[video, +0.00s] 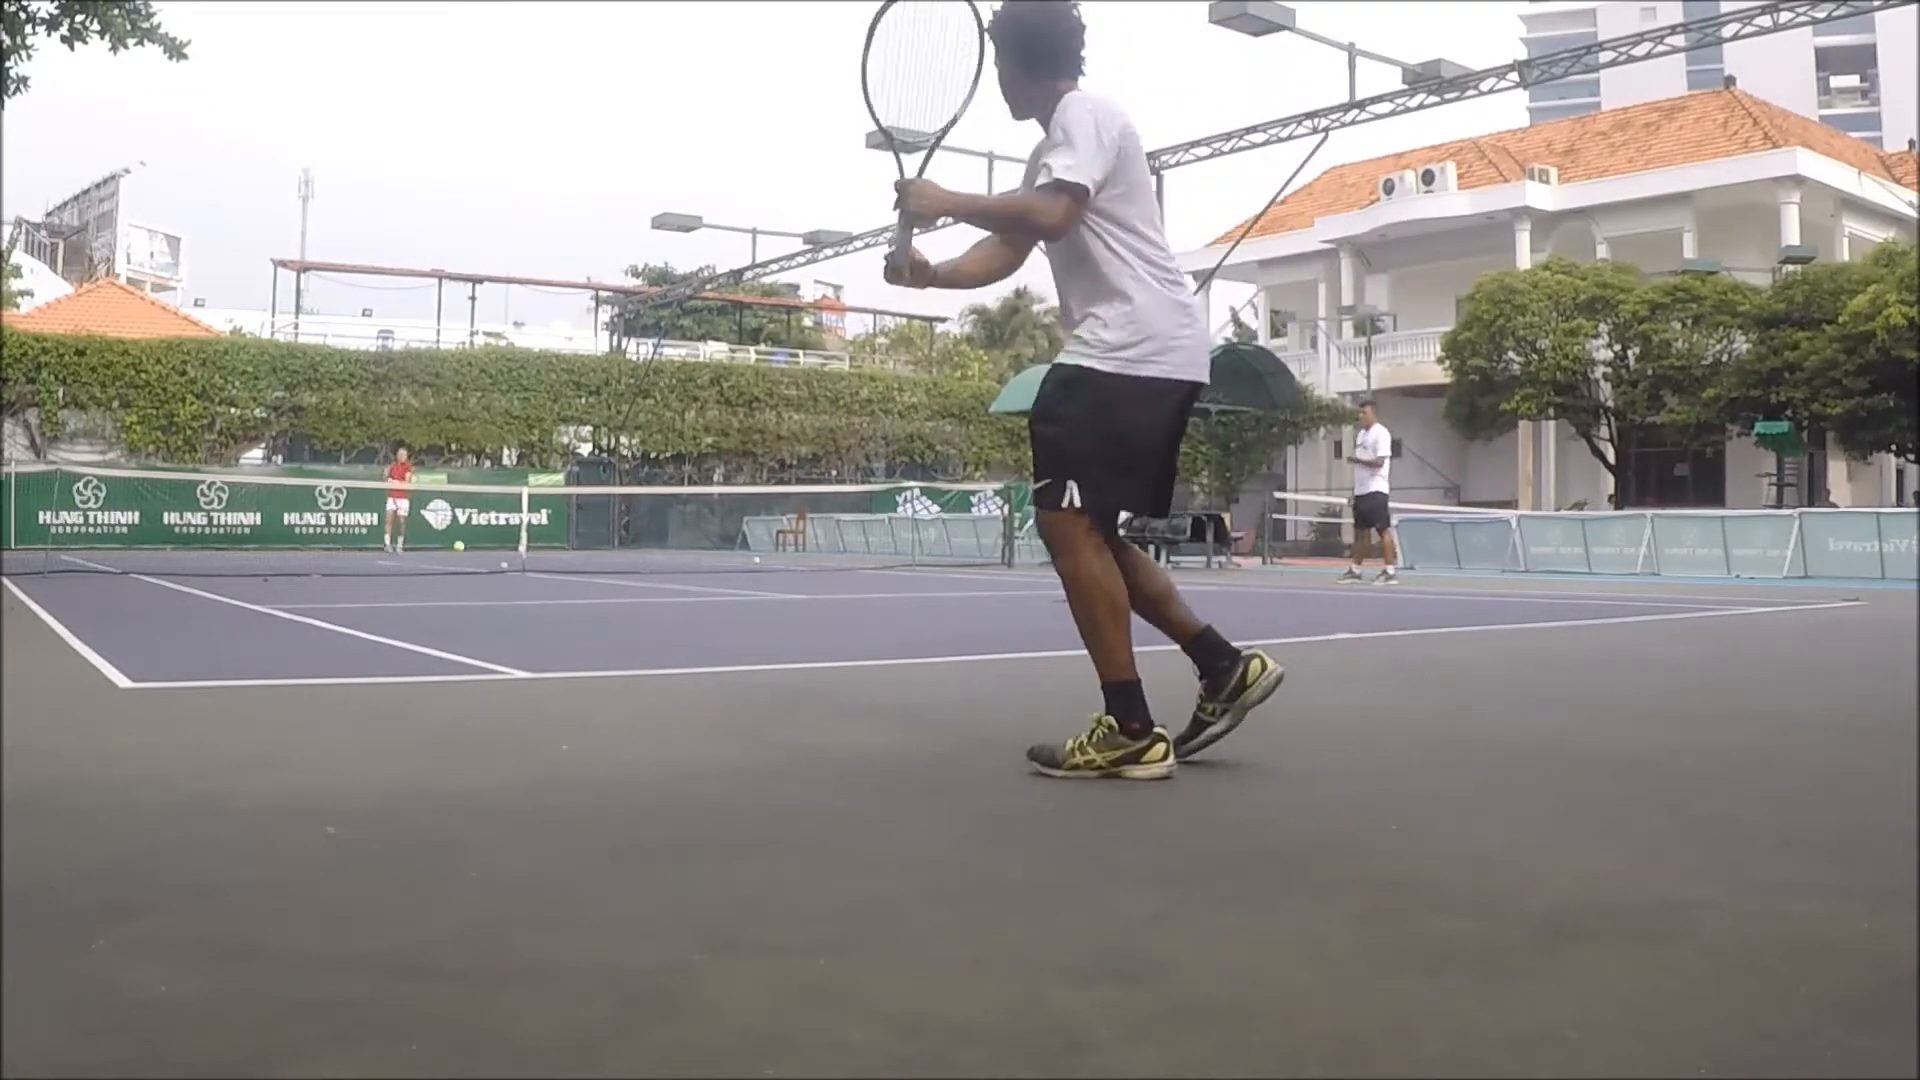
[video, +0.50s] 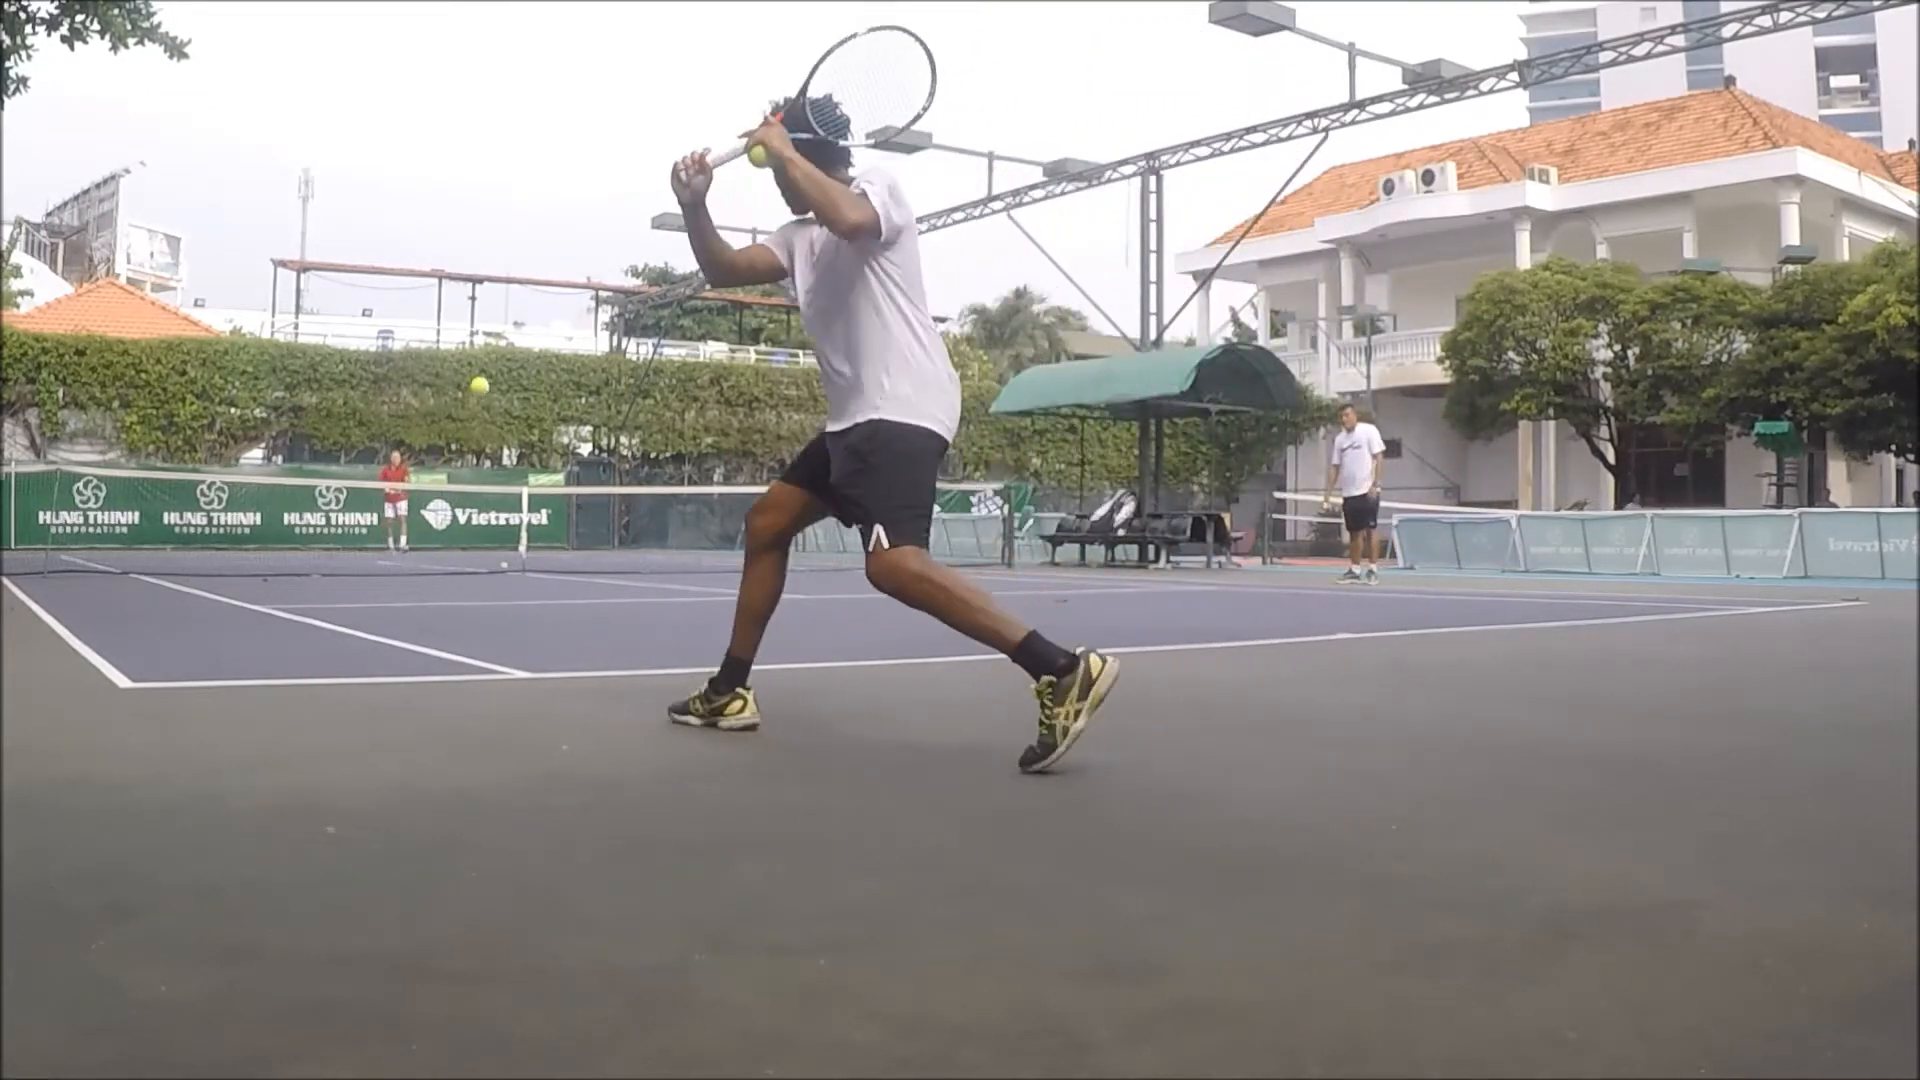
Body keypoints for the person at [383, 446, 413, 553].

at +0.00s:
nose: (402, 457)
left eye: (404, 455)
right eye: (400, 454)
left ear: (407, 456)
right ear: (396, 456)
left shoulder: (408, 468)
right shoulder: (392, 467)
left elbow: (407, 482)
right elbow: (386, 479)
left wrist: (395, 482)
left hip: (403, 496)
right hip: (392, 496)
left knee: (401, 520)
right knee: (388, 519)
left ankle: (400, 544)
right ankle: (387, 543)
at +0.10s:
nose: (399, 458)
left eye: (402, 456)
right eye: (398, 456)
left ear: (406, 457)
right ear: (395, 457)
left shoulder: (407, 469)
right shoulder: (393, 468)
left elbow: (409, 483)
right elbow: (386, 479)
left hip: (402, 498)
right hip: (391, 498)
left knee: (401, 520)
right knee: (384, 518)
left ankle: (402, 546)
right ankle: (386, 544)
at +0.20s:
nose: (399, 462)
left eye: (401, 459)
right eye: (397, 459)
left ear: (404, 461)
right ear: (394, 460)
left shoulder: (406, 471)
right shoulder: (389, 472)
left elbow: (409, 484)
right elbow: (386, 484)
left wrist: (399, 487)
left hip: (401, 501)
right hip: (390, 501)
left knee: (400, 522)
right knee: (383, 520)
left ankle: (402, 545)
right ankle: (387, 542)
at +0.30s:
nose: (396, 463)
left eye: (398, 461)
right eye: (394, 461)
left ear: (401, 462)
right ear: (392, 462)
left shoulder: (405, 472)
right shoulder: (387, 473)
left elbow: (408, 484)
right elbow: (384, 485)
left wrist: (400, 489)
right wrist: (389, 490)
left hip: (401, 501)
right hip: (390, 501)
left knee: (401, 521)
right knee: (385, 523)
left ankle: (402, 544)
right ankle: (390, 543)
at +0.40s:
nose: (394, 464)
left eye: (396, 461)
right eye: (393, 461)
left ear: (399, 462)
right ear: (390, 463)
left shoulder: (403, 473)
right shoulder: (386, 474)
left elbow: (406, 485)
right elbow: (383, 484)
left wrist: (399, 490)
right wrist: (386, 491)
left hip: (401, 501)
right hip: (389, 501)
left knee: (402, 521)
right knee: (386, 523)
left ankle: (403, 540)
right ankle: (390, 542)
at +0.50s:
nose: (396, 460)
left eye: (397, 457)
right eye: (394, 457)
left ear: (400, 459)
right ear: (390, 459)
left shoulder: (404, 469)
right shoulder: (385, 469)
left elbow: (406, 483)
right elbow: (381, 482)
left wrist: (399, 489)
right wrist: (388, 490)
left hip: (401, 498)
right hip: (389, 498)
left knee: (402, 518)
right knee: (389, 520)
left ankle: (403, 542)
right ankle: (390, 540)